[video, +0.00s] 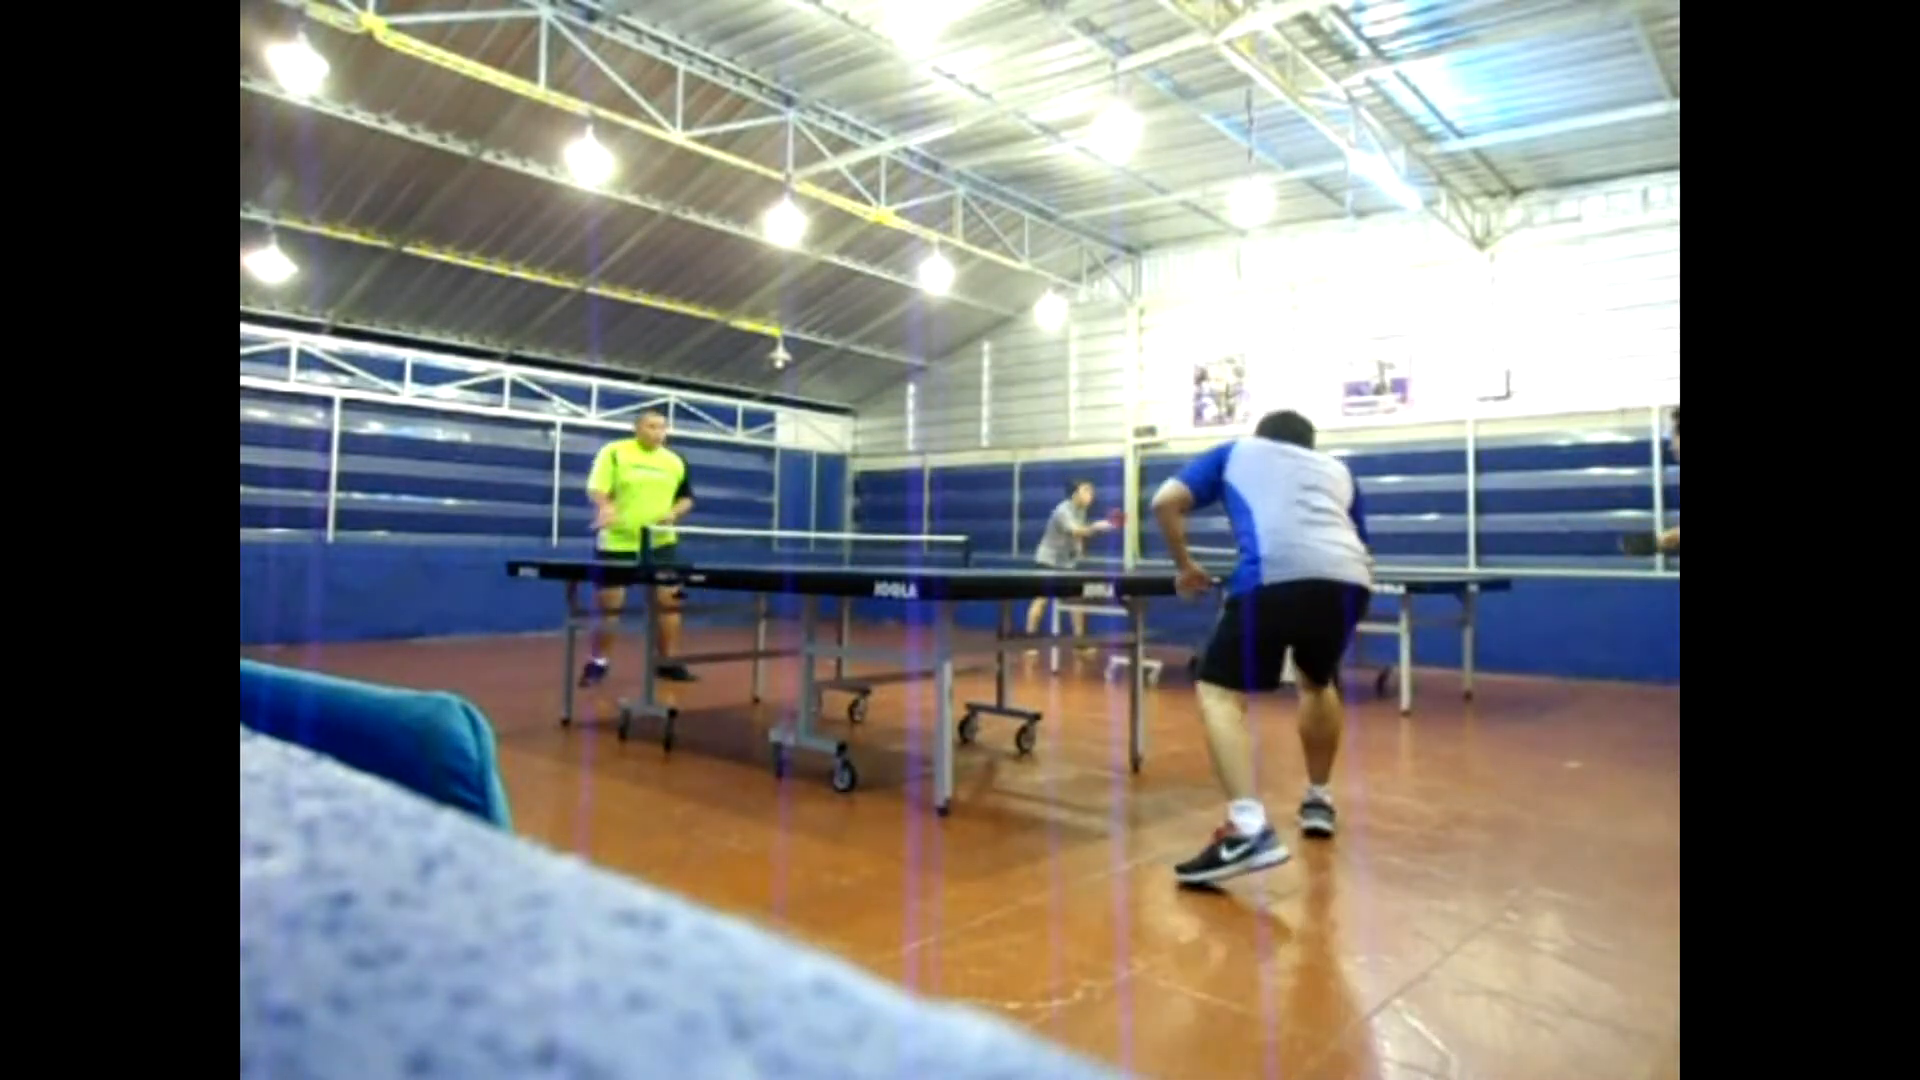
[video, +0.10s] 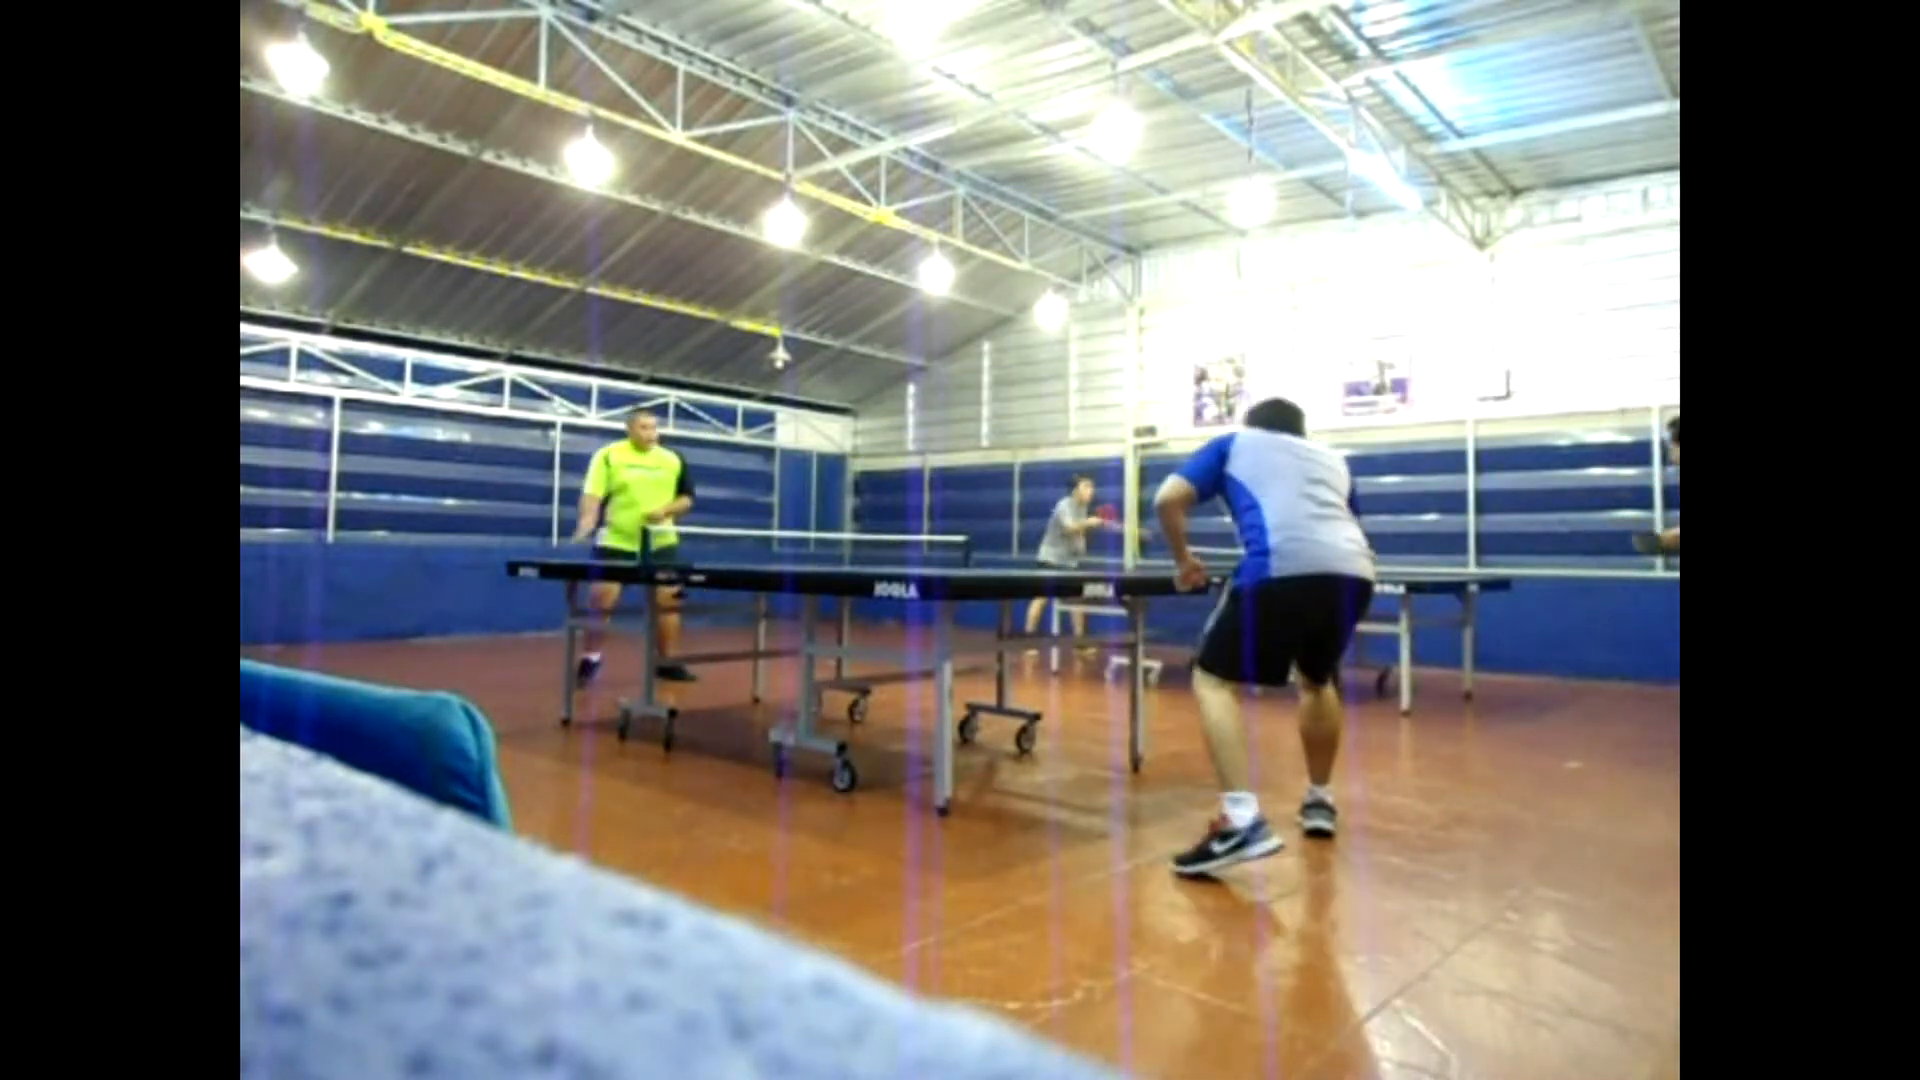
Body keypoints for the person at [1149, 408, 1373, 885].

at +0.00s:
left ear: (1260, 436)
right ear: (1310, 446)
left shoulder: (1237, 451)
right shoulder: (1339, 470)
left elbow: (1167, 502)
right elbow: (1360, 544)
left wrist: (1185, 565)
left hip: (1274, 576)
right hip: (1347, 579)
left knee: (1217, 689)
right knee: (1317, 681)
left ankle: (1249, 826)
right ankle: (1318, 799)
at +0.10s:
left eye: (1244, 427)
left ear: (1250, 427)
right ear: (1300, 432)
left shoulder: (1234, 443)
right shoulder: (1332, 459)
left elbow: (1169, 498)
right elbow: (1353, 524)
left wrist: (1184, 560)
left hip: (1279, 571)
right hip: (1352, 573)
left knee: (1212, 679)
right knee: (1318, 679)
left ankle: (1241, 816)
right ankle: (1320, 797)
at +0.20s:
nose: (1226, 423)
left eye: (1229, 417)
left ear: (1235, 417)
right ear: (1284, 420)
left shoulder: (1228, 436)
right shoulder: (1322, 450)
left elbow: (1169, 498)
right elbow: (1347, 514)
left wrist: (1182, 558)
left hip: (1281, 568)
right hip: (1354, 571)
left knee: (1207, 674)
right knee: (1317, 679)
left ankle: (1215, 820)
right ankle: (1320, 800)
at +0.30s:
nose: (1212, 419)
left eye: (1214, 411)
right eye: (1213, 412)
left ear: (1225, 410)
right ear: (1270, 410)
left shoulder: (1218, 434)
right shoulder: (1315, 446)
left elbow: (1166, 505)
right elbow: (1348, 515)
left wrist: (1175, 562)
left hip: (1277, 573)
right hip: (1350, 575)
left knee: (1204, 681)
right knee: (1317, 683)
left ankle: (1194, 827)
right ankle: (1320, 800)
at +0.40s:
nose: (1200, 418)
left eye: (1203, 409)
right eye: (1200, 410)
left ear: (1218, 408)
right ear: (1261, 406)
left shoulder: (1208, 441)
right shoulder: (1312, 444)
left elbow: (1165, 519)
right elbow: (1354, 517)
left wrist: (1163, 585)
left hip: (1276, 581)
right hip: (1351, 581)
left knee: (1193, 682)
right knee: (1318, 680)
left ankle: (1194, 827)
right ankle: (1325, 802)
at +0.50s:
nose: (1201, 414)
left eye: (1204, 403)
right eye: (1201, 403)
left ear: (1224, 402)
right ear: (1264, 401)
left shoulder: (1217, 442)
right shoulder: (1320, 442)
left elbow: (1187, 523)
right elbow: (1364, 520)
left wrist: (1156, 608)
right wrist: (1363, 586)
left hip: (1283, 592)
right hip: (1359, 591)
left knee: (1197, 686)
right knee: (1323, 682)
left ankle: (1193, 828)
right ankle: (1366, 799)